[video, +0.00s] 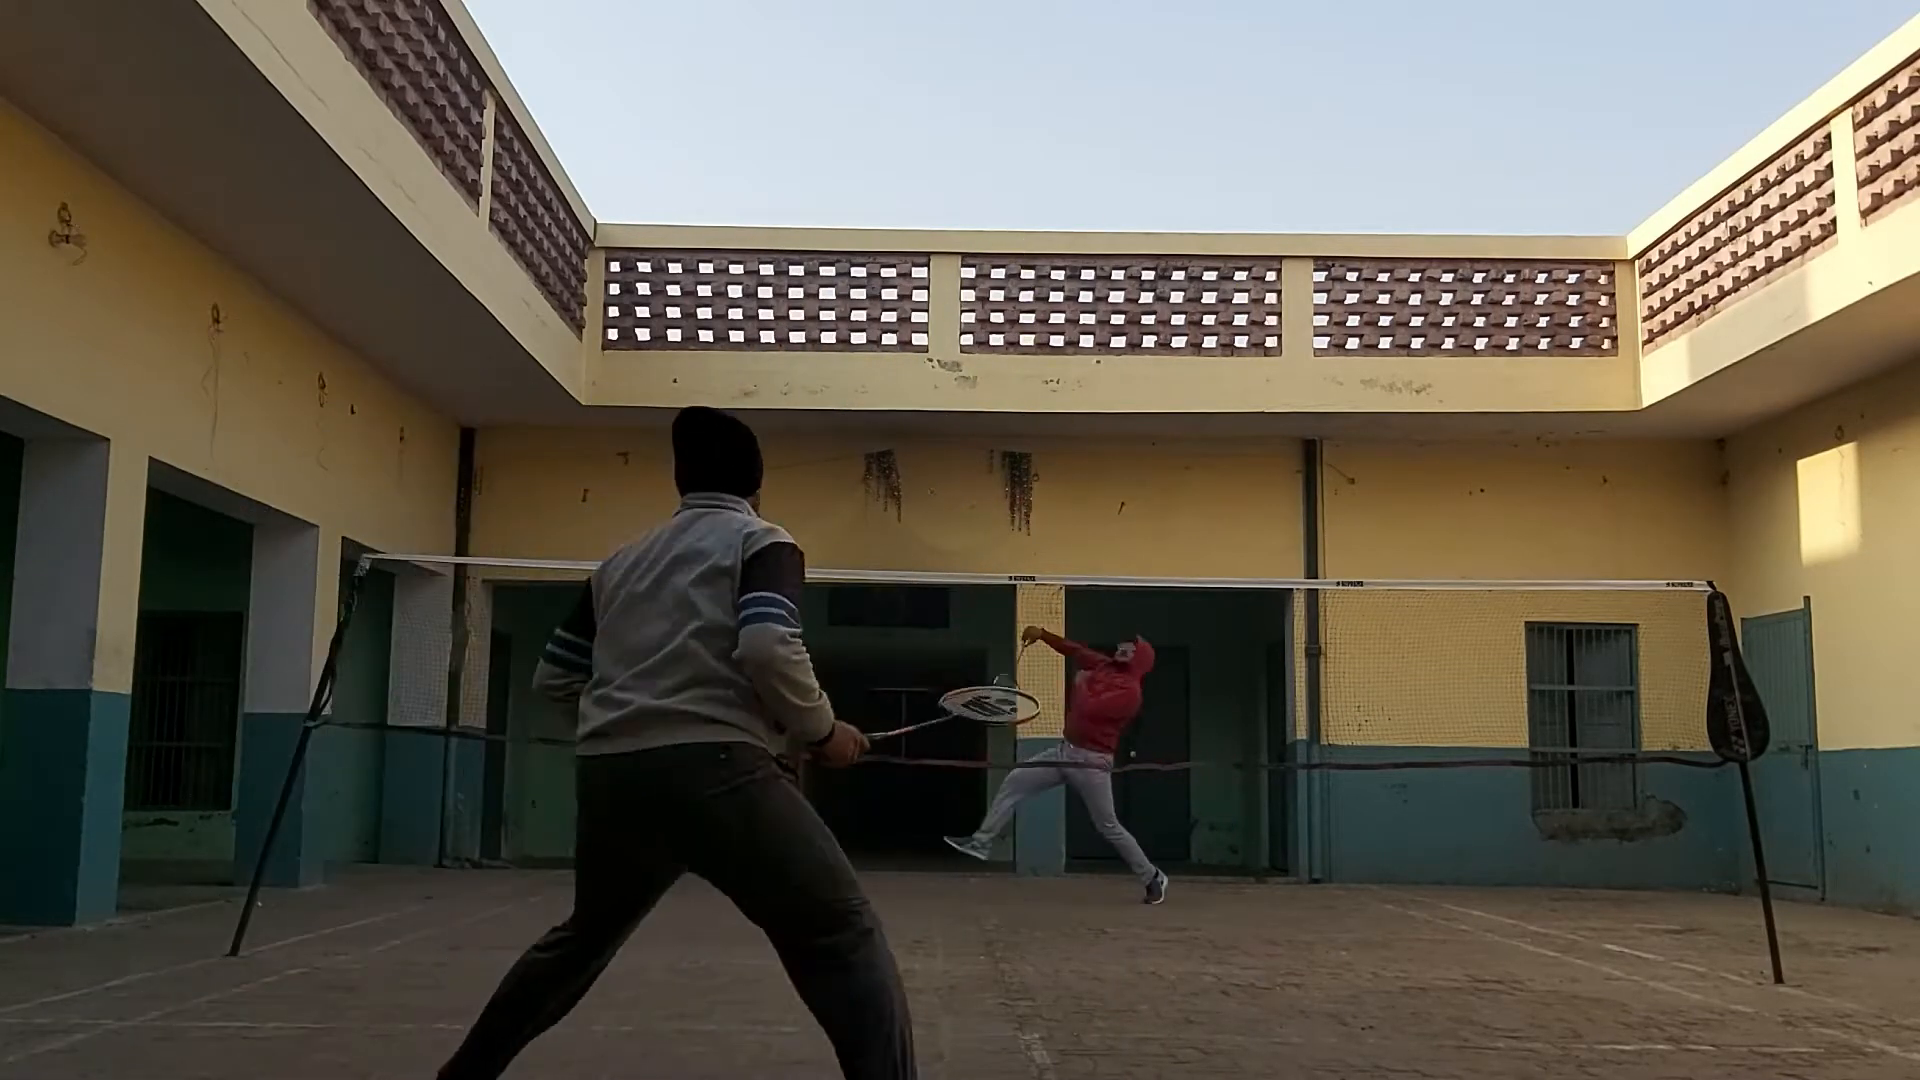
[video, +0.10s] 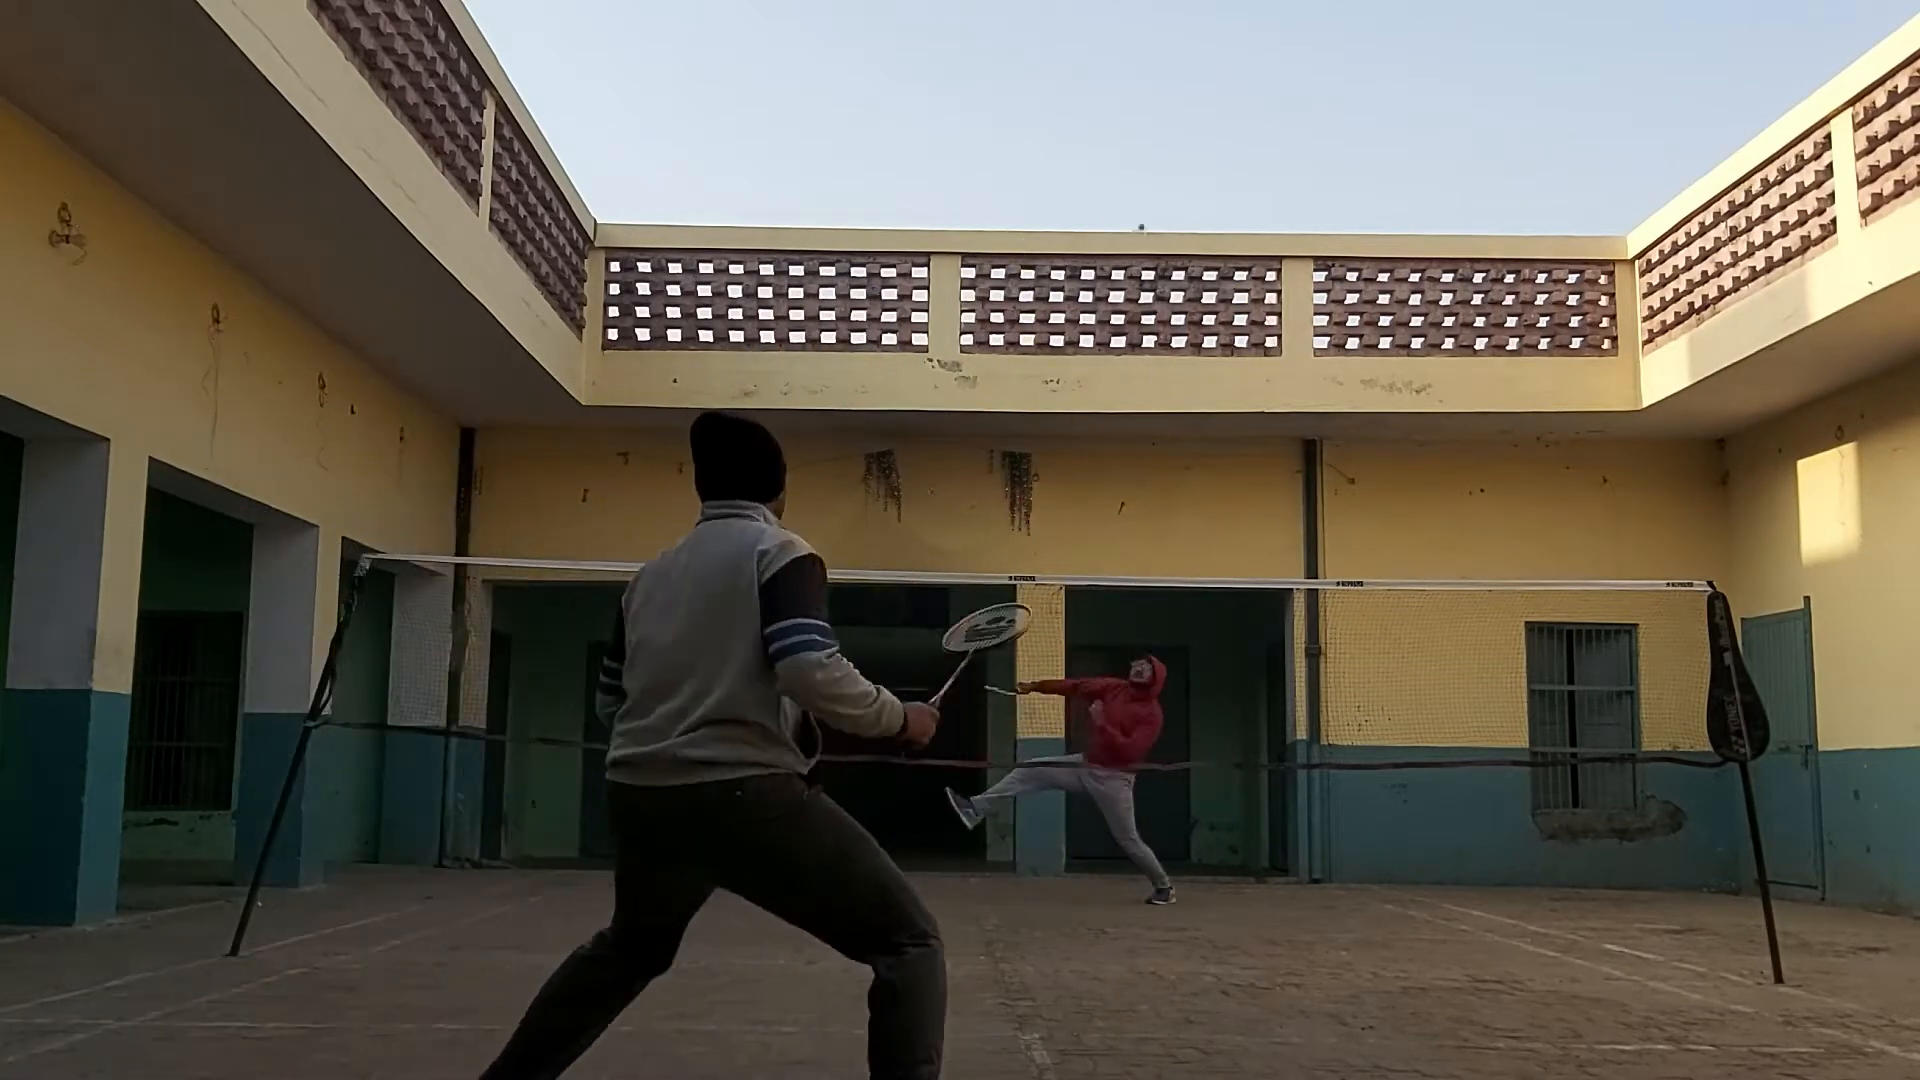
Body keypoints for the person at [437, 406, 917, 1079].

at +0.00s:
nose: (758, 485)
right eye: (757, 475)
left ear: (680, 479)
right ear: (754, 478)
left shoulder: (619, 565)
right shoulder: (761, 542)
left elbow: (554, 676)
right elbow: (766, 647)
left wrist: (632, 712)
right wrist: (825, 728)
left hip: (612, 777)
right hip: (718, 770)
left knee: (587, 931)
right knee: (840, 935)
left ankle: (465, 1070)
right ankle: (886, 1071)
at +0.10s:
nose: (784, 497)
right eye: (782, 485)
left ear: (702, 488)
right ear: (777, 488)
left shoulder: (648, 576)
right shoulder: (780, 552)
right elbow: (807, 669)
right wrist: (900, 717)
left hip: (641, 797)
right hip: (744, 794)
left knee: (634, 944)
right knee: (908, 943)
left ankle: (508, 1075)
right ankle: (907, 1075)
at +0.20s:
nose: (804, 505)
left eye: (800, 489)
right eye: (803, 489)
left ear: (727, 494)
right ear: (794, 494)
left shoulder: (691, 569)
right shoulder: (776, 567)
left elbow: (717, 674)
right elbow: (800, 694)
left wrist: (817, 648)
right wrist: (924, 708)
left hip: (667, 812)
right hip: (754, 808)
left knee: (632, 966)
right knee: (941, 928)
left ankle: (506, 1079)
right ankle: (916, 1075)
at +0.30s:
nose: (852, 460)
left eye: (847, 447)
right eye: (847, 447)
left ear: (774, 466)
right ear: (835, 462)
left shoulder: (763, 534)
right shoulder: (806, 554)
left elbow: (837, 553)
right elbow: (820, 689)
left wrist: (906, 555)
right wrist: (961, 703)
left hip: (722, 783)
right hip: (783, 788)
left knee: (648, 954)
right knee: (966, 926)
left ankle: (516, 1076)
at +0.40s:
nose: (909, 425)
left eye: (904, 412)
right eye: (901, 412)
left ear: (831, 431)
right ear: (882, 429)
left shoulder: (848, 481)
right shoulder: (844, 512)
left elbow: (907, 460)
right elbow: (819, 639)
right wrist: (947, 678)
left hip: (768, 748)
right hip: (827, 756)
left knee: (700, 925)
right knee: (982, 934)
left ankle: (552, 1072)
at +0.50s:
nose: (964, 393)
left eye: (958, 382)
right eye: (953, 383)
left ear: (890, 400)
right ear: (924, 401)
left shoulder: (916, 445)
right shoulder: (874, 479)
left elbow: (997, 399)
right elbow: (810, 585)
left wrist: (1079, 368)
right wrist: (912, 576)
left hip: (808, 722)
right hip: (872, 736)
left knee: (776, 913)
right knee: (996, 935)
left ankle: (651, 1063)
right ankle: (938, 1079)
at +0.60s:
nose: (999, 383)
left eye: (996, 372)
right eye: (993, 368)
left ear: (934, 373)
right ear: (964, 371)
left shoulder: (979, 448)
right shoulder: (905, 450)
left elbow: (1008, 417)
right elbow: (834, 519)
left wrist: (1046, 409)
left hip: (858, 706)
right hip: (932, 723)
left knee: (817, 922)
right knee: (1015, 939)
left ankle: (723, 1071)